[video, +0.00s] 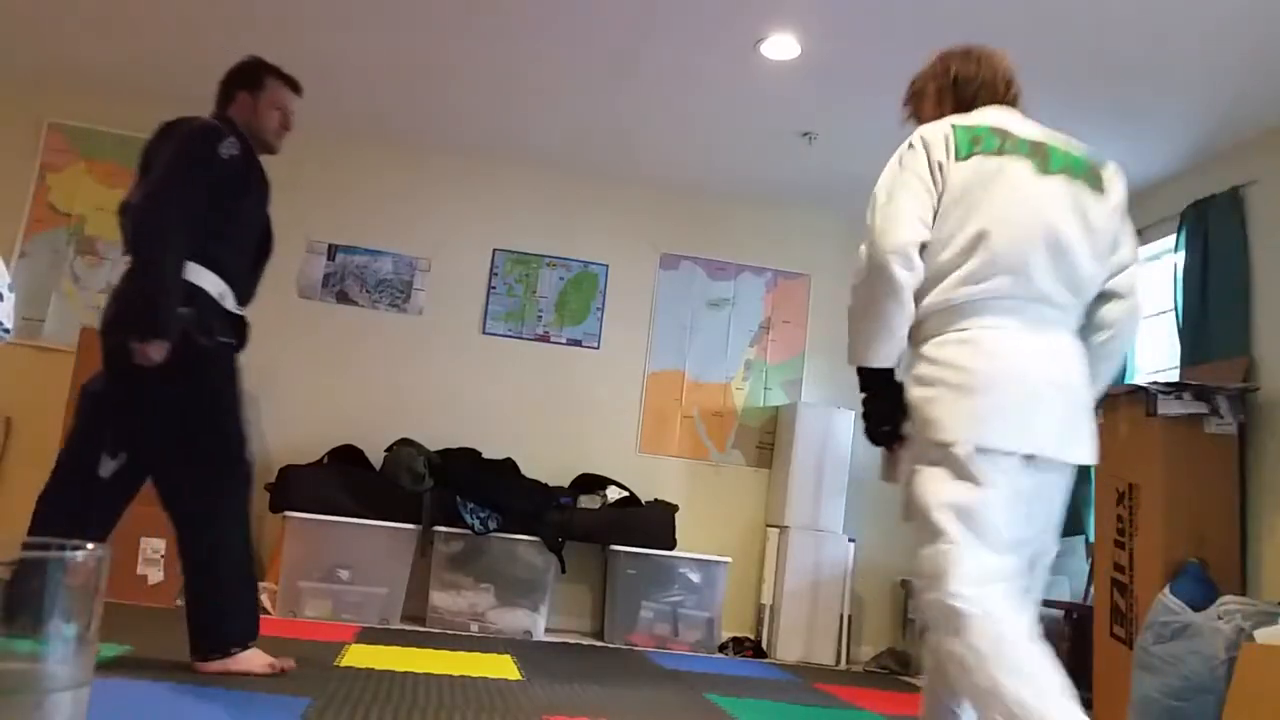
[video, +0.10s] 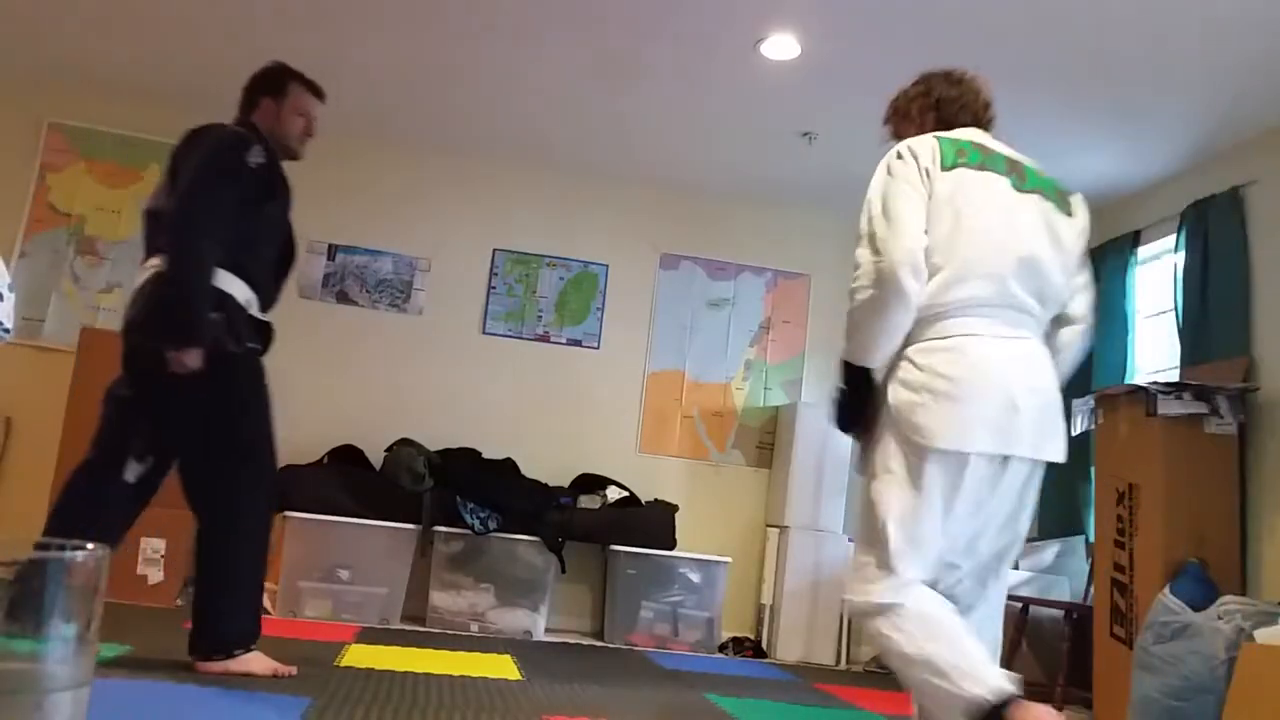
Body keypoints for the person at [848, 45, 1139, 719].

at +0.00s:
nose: (916, 123)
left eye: (918, 110)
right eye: (913, 111)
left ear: (944, 97)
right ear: (1007, 97)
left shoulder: (933, 142)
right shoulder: (1094, 170)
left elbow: (889, 255)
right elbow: (1121, 307)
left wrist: (878, 385)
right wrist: (1069, 393)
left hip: (969, 376)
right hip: (1063, 392)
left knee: (963, 594)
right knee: (1009, 597)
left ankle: (1054, 715)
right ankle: (952, 715)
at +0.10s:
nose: (898, 141)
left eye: (900, 131)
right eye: (895, 132)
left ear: (922, 118)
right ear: (981, 119)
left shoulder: (915, 155)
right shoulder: (1059, 194)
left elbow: (897, 273)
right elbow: (1077, 320)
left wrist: (858, 378)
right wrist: (1025, 389)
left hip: (946, 375)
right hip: (1036, 394)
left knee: (886, 583)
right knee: (979, 591)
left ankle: (1003, 706)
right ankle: (955, 718)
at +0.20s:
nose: (874, 149)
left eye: (876, 139)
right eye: (871, 140)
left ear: (896, 123)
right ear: (950, 126)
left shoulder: (899, 159)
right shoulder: (1025, 200)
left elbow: (869, 270)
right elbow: (1025, 315)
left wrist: (826, 345)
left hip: (926, 373)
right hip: (1009, 387)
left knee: (838, 552)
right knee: (962, 581)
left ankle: (916, 697)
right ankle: (969, 712)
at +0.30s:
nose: (849, 162)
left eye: (851, 150)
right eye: (846, 151)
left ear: (879, 133)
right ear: (922, 138)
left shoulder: (882, 171)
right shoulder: (983, 205)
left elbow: (839, 281)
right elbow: (970, 307)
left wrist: (777, 309)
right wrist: (850, 323)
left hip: (905, 390)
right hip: (987, 400)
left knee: (819, 534)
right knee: (951, 573)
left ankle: (819, 692)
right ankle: (962, 713)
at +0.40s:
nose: (823, 187)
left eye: (826, 174)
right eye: (821, 176)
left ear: (850, 159)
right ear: (893, 159)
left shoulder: (856, 196)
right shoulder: (955, 223)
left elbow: (810, 295)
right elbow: (953, 317)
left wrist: (758, 279)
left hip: (885, 404)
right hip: (964, 410)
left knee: (818, 558)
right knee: (938, 584)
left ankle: (783, 704)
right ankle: (955, 715)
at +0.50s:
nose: (801, 214)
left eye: (802, 203)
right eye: (798, 204)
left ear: (821, 189)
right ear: (866, 182)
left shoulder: (831, 223)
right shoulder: (925, 236)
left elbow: (777, 323)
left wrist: (747, 276)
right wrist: (800, 273)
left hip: (862, 422)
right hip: (940, 430)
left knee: (805, 565)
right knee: (908, 577)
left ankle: (784, 705)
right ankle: (923, 691)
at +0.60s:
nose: (786, 228)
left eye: (787, 218)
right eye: (783, 220)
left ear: (806, 206)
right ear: (850, 198)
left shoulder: (816, 240)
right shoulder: (907, 246)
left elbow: (766, 334)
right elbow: (860, 316)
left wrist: (745, 276)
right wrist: (787, 271)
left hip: (850, 427)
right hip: (923, 432)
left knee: (777, 567)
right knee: (894, 569)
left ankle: (783, 707)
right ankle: (910, 670)